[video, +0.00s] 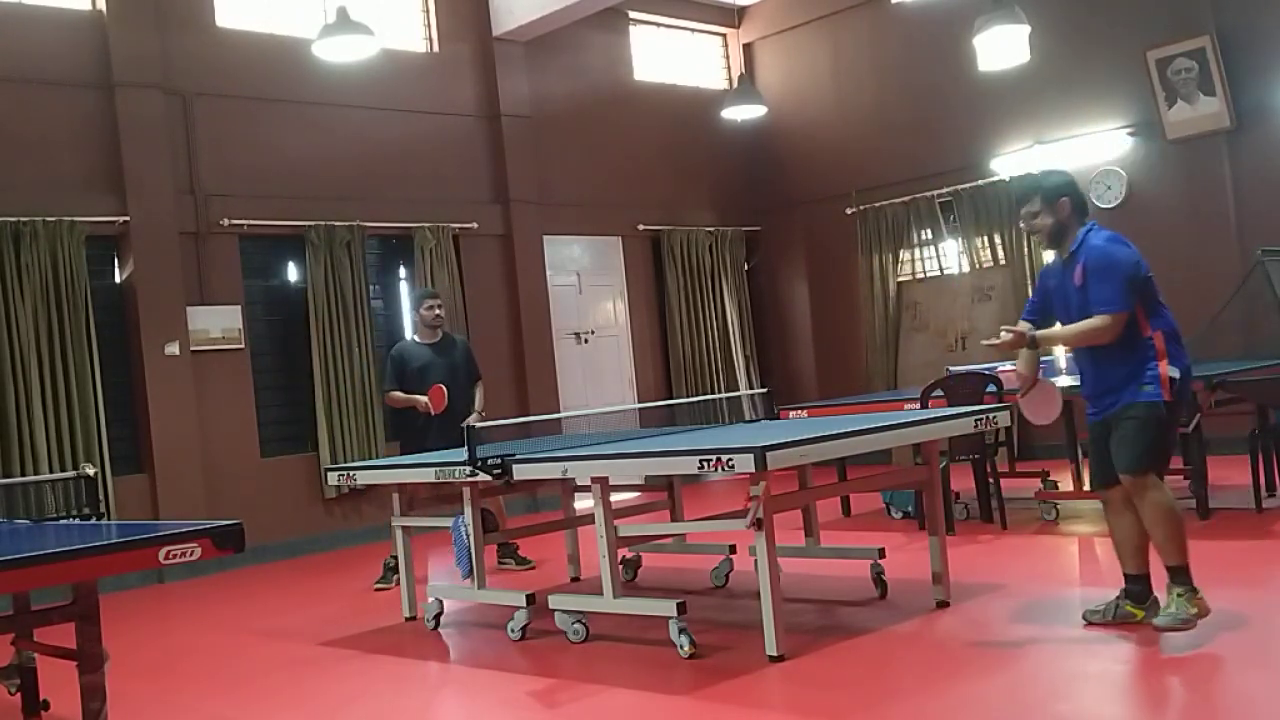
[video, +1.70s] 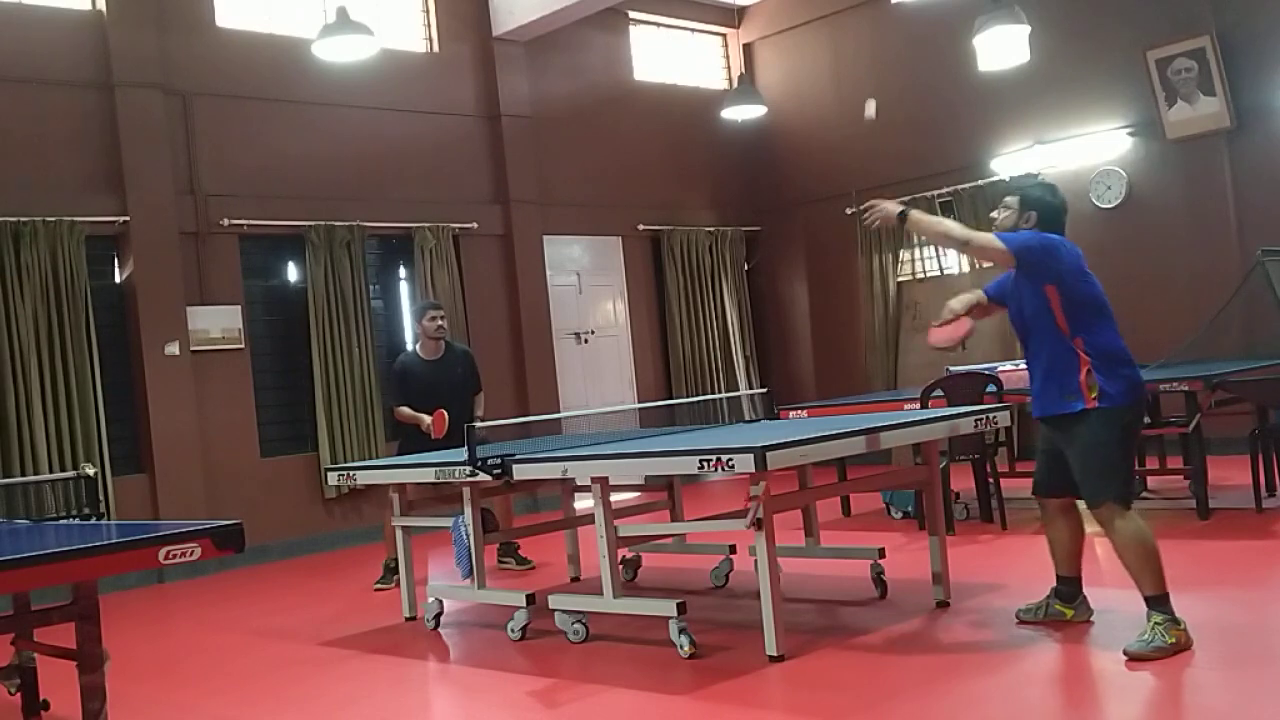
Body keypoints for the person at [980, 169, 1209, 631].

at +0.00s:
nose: (1029, 223)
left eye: (1036, 213)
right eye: (1025, 216)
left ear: (1065, 207)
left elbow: (1107, 327)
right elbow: (1030, 326)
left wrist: (1035, 339)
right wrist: (1021, 354)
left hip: (1148, 377)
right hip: (1104, 392)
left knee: (1136, 474)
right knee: (1112, 488)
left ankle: (1185, 592)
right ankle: (1138, 596)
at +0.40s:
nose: (1003, 262)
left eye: (1005, 251)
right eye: (1000, 253)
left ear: (1032, 242)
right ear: (1033, 245)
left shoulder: (1076, 282)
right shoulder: (1051, 284)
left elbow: (1054, 367)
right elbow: (1032, 335)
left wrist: (978, 377)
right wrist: (1015, 372)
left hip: (1143, 400)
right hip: (1100, 403)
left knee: (1130, 503)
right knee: (1061, 475)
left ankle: (1167, 622)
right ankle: (1108, 576)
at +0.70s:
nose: (971, 323)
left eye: (972, 312)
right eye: (967, 315)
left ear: (997, 300)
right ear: (1000, 299)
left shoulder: (1040, 328)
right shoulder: (1027, 322)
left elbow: (1002, 411)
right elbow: (1000, 368)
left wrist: (938, 409)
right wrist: (996, 404)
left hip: (1141, 407)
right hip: (1097, 417)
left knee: (1113, 499)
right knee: (1060, 492)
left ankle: (1167, 622)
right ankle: (1069, 599)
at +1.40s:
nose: (967, 263)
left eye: (971, 255)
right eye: (967, 255)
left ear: (996, 254)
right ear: (1000, 255)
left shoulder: (1021, 291)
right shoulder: (1013, 290)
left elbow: (965, 353)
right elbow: (983, 343)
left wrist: (900, 376)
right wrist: (981, 372)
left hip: (1109, 406)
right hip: (1070, 412)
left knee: (1106, 503)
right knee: (1051, 494)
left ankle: (1165, 621)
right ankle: (1068, 598)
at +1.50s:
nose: (971, 229)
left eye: (980, 221)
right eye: (973, 221)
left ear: (1007, 226)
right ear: (1010, 228)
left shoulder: (1025, 262)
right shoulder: (1012, 266)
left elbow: (951, 302)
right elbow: (972, 307)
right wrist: (959, 341)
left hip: (1106, 398)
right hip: (1074, 404)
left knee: (1114, 500)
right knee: (1061, 494)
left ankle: (1164, 619)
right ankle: (1069, 597)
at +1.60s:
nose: (984, 218)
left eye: (993, 210)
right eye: (987, 210)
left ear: (1020, 218)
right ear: (1017, 221)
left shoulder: (1037, 249)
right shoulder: (1014, 261)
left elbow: (949, 257)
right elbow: (975, 290)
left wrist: (884, 229)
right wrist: (948, 307)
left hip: (1104, 397)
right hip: (1067, 403)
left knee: (1116, 502)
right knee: (1060, 497)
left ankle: (1165, 619)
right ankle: (1069, 597)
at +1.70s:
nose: (992, 216)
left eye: (1003, 209)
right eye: (996, 209)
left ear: (1030, 218)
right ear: (1026, 221)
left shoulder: (1049, 249)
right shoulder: (1020, 274)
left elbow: (969, 240)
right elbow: (979, 301)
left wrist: (903, 213)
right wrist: (955, 308)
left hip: (1102, 402)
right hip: (1060, 408)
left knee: (1109, 507)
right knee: (1053, 496)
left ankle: (1165, 620)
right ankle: (1068, 598)